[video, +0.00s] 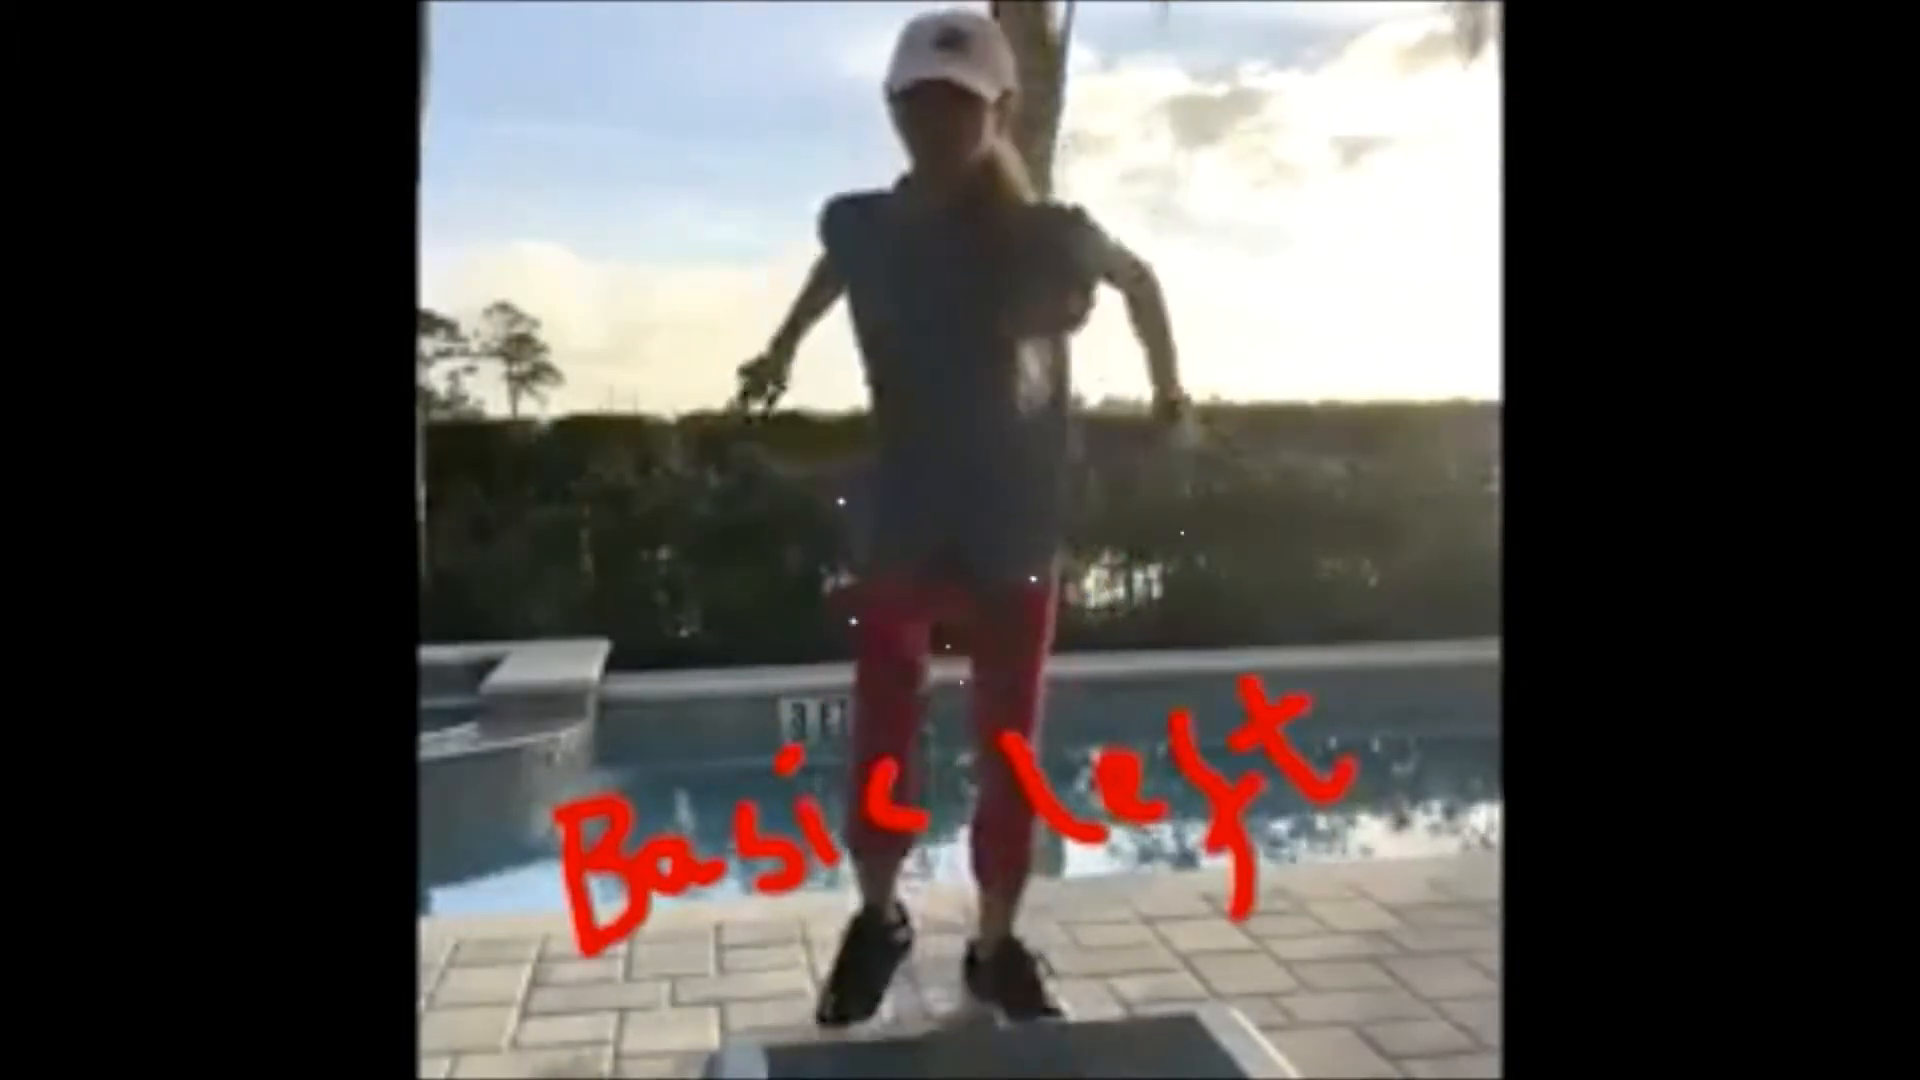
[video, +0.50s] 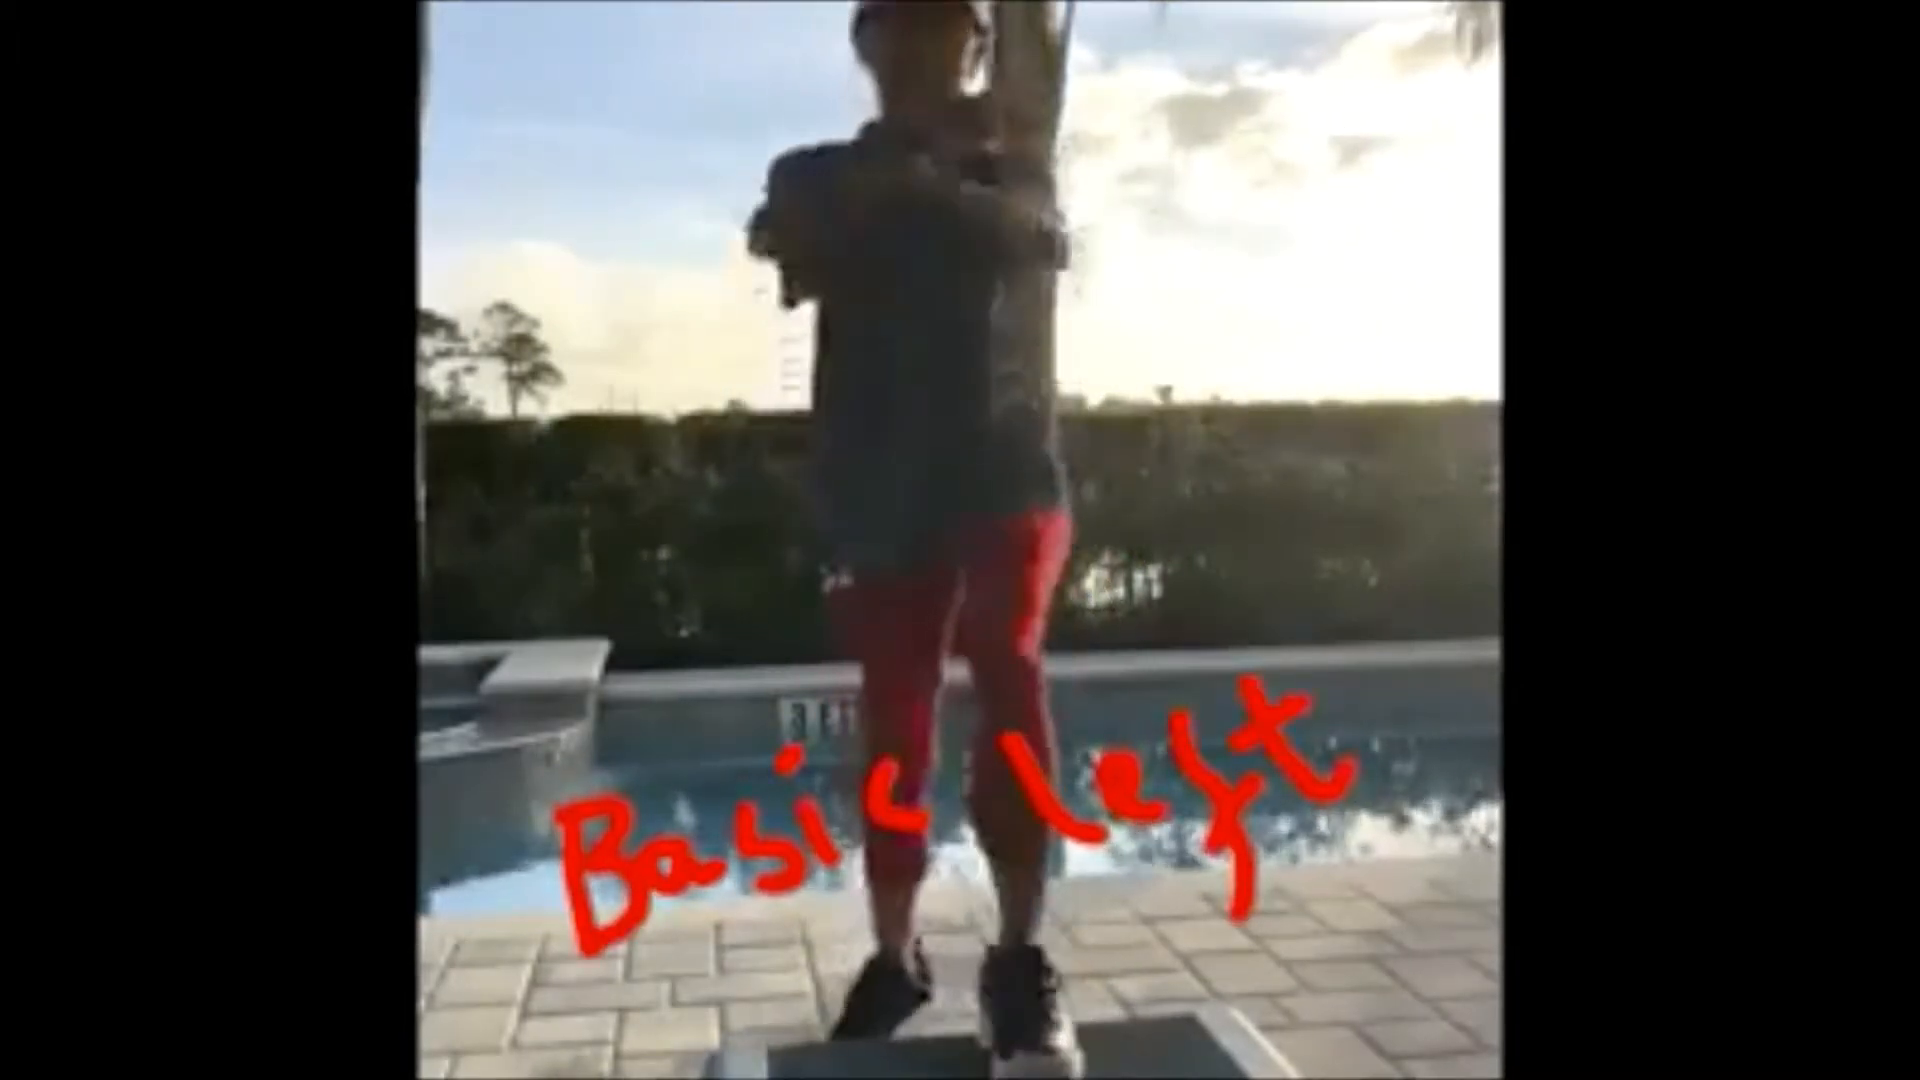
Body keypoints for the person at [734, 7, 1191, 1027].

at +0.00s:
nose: (933, 122)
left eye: (954, 103)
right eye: (916, 103)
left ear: (996, 110)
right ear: (894, 113)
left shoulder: (1051, 231)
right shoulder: (860, 228)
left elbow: (1140, 283)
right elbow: (825, 283)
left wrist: (1169, 400)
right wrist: (775, 352)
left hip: (1017, 506)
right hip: (901, 501)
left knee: (1009, 740)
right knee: (881, 723)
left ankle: (996, 943)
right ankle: (877, 916)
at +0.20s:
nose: (897, 113)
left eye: (920, 91)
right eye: (880, 92)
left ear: (963, 102)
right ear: (857, 106)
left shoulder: (1021, 234)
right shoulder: (827, 245)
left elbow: (1084, 368)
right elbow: (773, 364)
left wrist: (1076, 483)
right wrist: (773, 416)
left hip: (996, 518)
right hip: (874, 517)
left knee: (979, 748)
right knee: (870, 752)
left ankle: (1002, 909)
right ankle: (894, 964)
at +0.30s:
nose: (896, 90)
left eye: (917, 69)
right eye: (877, 71)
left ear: (954, 79)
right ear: (853, 83)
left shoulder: (1004, 219)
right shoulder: (814, 227)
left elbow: (1030, 405)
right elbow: (769, 402)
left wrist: (956, 459)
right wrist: (864, 417)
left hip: (990, 499)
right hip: (873, 507)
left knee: (982, 690)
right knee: (886, 731)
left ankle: (1007, 867)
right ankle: (896, 964)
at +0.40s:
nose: (899, 85)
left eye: (921, 63)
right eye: (879, 64)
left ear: (955, 75)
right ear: (852, 76)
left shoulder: (1008, 209)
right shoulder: (810, 206)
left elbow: (1010, 336)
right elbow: (785, 320)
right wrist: (941, 278)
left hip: (998, 487)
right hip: (877, 498)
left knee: (995, 626)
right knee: (890, 724)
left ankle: (1021, 885)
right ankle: (897, 964)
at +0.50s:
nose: (926, 45)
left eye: (944, 26)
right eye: (903, 26)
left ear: (973, 40)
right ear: (866, 42)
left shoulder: (1012, 161)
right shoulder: (817, 170)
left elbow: (1040, 240)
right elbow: (788, 239)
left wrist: (908, 183)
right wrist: (920, 164)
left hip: (1009, 463)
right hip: (878, 469)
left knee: (1007, 664)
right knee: (892, 708)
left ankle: (1021, 960)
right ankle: (893, 956)